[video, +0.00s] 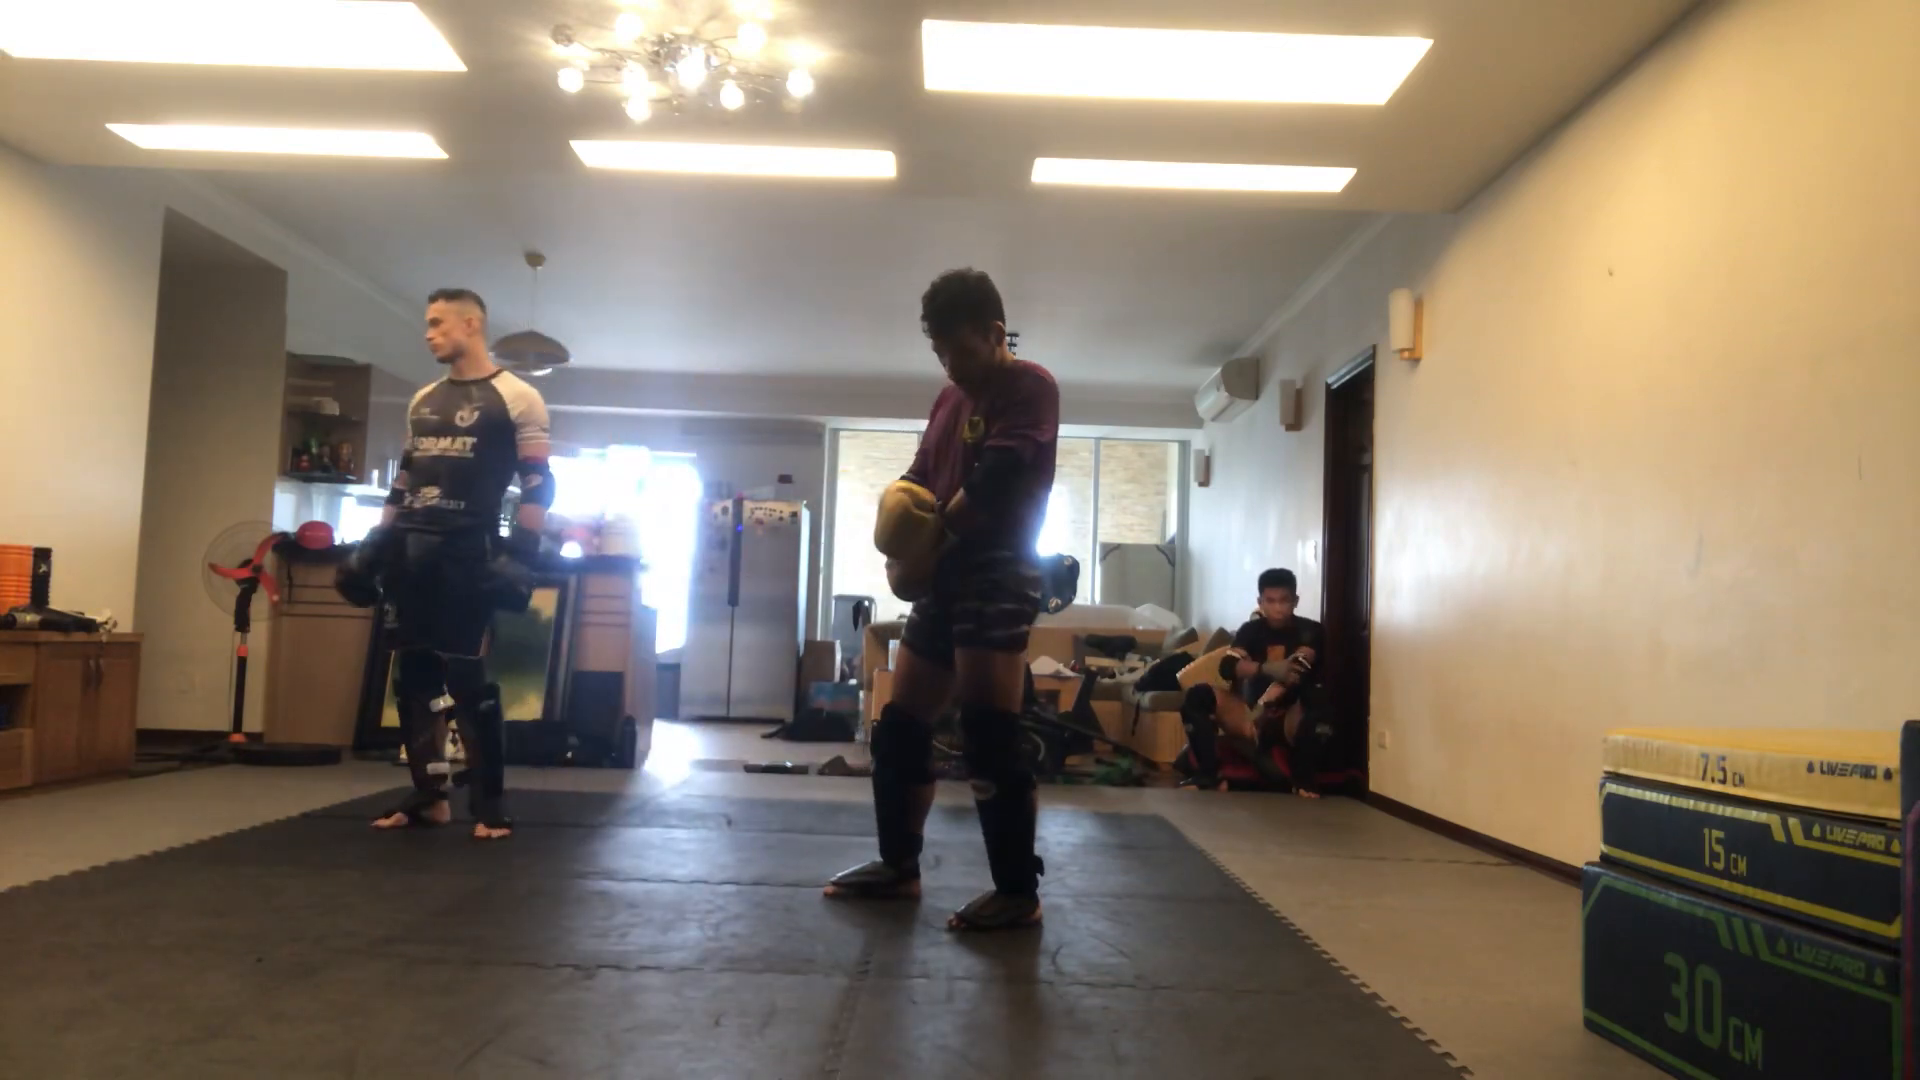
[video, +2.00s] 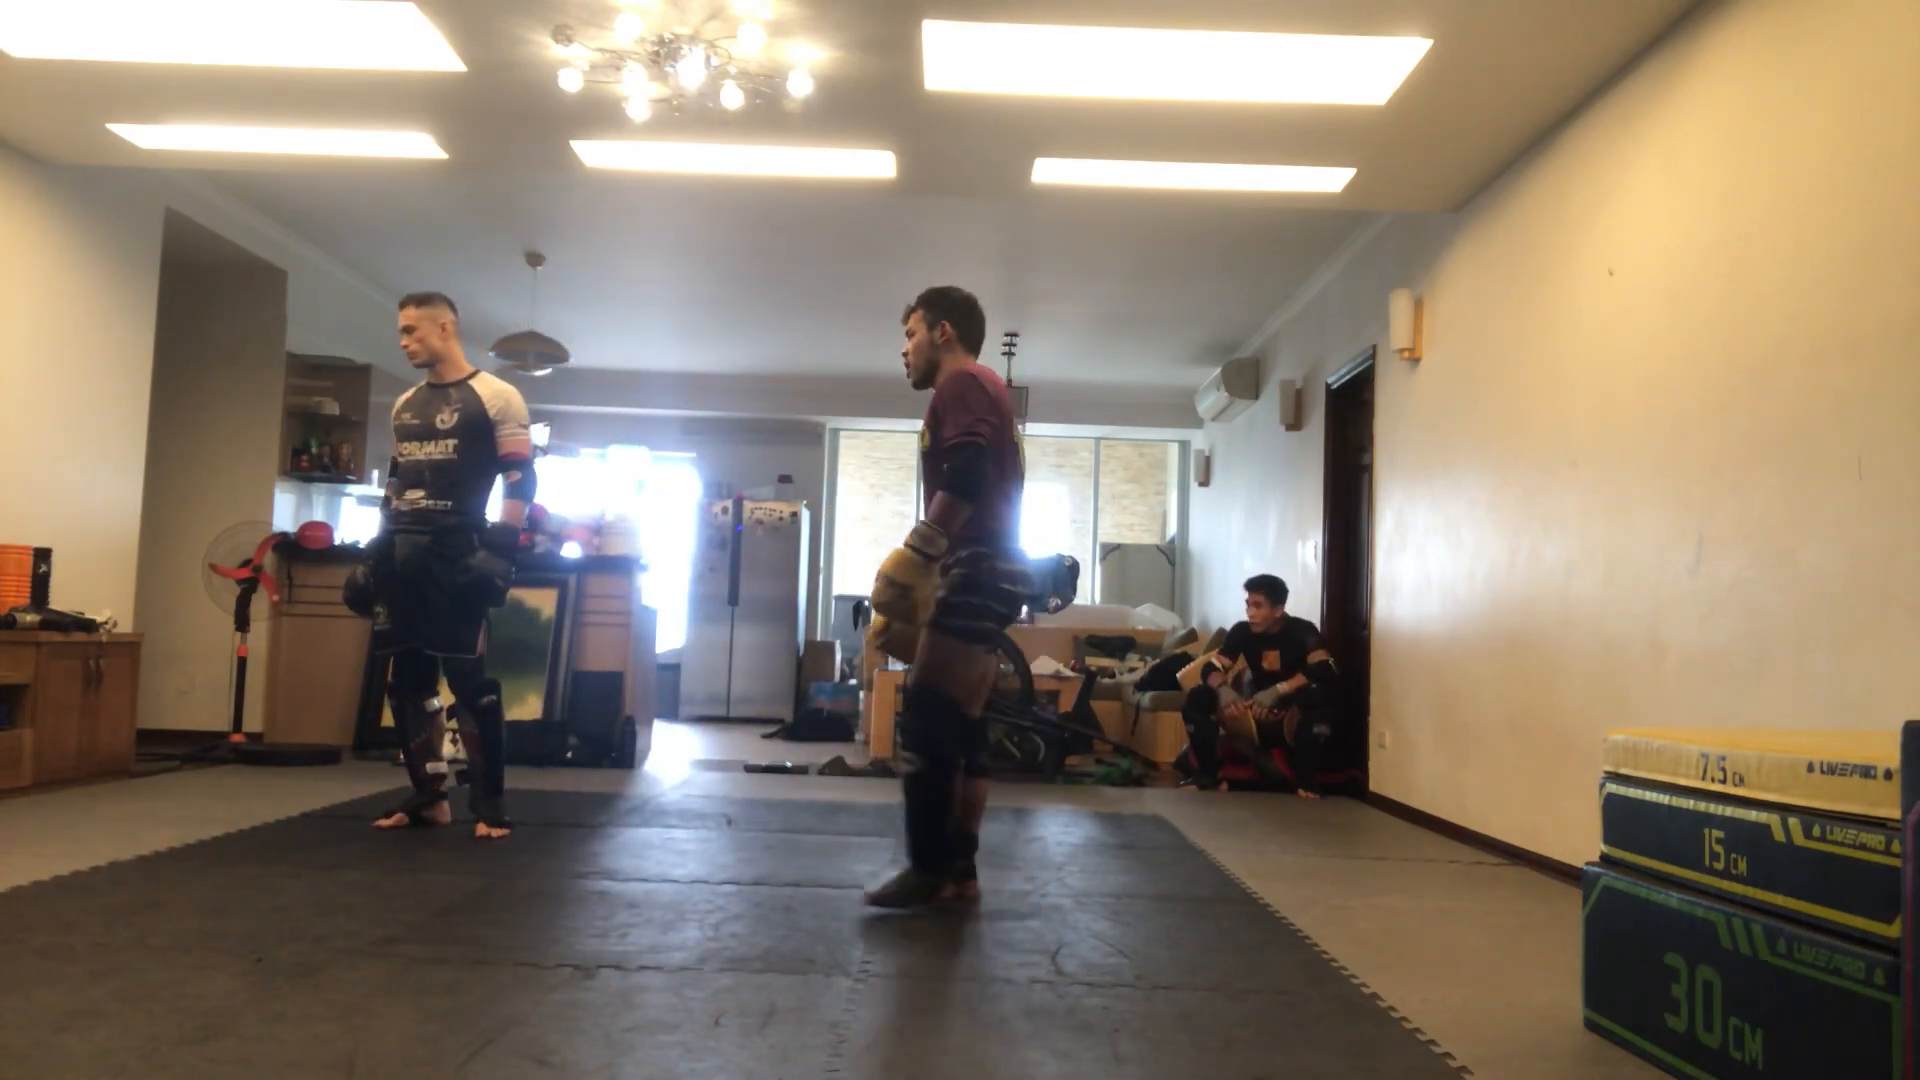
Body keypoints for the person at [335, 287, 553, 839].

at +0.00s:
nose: (428, 334)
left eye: (437, 324)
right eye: (427, 326)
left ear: (473, 325)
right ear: (445, 332)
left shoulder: (517, 396)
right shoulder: (423, 399)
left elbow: (536, 485)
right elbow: (406, 481)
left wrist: (520, 554)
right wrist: (373, 544)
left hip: (468, 553)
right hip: (412, 551)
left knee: (468, 679)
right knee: (414, 677)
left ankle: (488, 807)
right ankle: (430, 799)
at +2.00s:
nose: (404, 342)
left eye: (411, 331)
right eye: (401, 333)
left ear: (446, 327)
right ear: (427, 332)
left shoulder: (497, 396)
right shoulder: (406, 404)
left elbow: (518, 485)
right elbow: (399, 489)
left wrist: (499, 552)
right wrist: (376, 555)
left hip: (460, 555)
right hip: (405, 555)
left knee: (467, 679)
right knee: (408, 681)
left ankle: (490, 805)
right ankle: (430, 799)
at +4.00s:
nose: (406, 336)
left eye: (415, 325)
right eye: (402, 328)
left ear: (449, 323)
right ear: (404, 333)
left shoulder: (498, 394)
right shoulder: (400, 400)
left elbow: (519, 481)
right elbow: (389, 486)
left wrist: (503, 550)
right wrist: (373, 551)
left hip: (463, 552)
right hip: (405, 552)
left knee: (468, 674)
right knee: (412, 677)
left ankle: (489, 803)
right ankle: (429, 798)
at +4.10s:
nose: (412, 333)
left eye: (422, 322)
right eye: (408, 324)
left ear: (456, 322)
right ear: (408, 331)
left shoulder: (501, 394)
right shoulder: (400, 399)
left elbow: (522, 481)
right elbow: (389, 483)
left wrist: (506, 549)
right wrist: (374, 547)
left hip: (465, 554)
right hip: (407, 553)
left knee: (470, 676)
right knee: (412, 679)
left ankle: (487, 801)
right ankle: (430, 799)